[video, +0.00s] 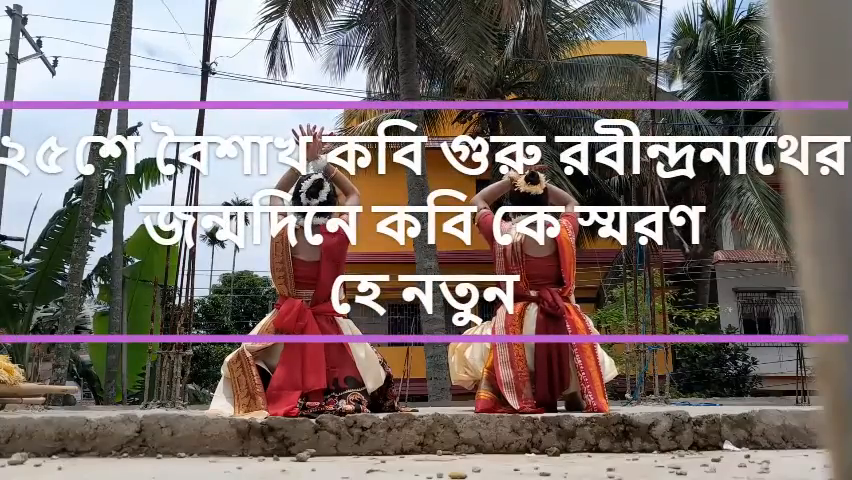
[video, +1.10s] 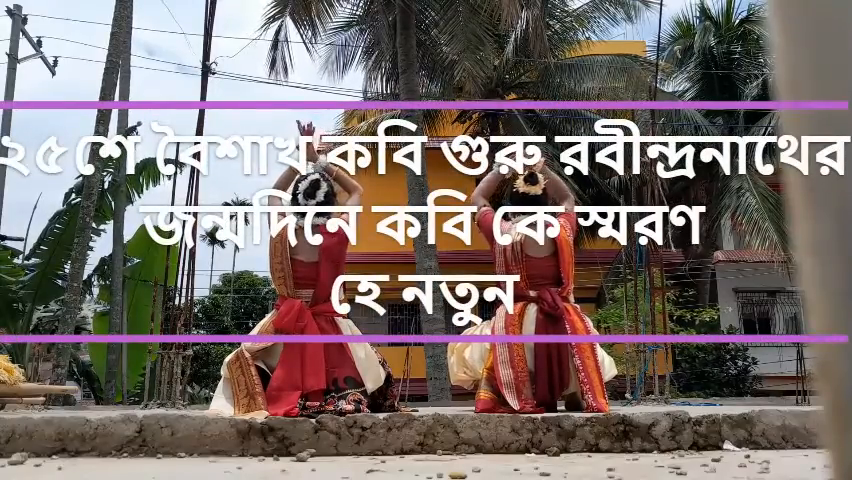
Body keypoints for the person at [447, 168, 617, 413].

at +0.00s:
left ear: (511, 211)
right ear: (544, 207)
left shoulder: (503, 234)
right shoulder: (562, 233)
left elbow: (479, 200)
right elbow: (570, 202)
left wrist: (507, 182)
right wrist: (542, 185)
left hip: (518, 319)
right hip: (561, 318)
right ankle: (574, 394)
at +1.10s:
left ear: (509, 202)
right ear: (545, 201)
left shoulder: (501, 231)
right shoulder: (562, 228)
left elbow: (479, 197)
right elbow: (566, 198)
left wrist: (502, 168)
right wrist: (542, 170)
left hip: (516, 321)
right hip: (561, 319)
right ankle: (576, 394)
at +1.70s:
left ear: (514, 207)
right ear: (546, 207)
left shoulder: (501, 233)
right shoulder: (564, 232)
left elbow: (462, 219)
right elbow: (595, 209)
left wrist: (467, 184)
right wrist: (568, 180)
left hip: (514, 316)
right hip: (559, 315)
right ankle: (579, 397)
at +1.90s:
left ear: (510, 207)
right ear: (544, 207)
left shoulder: (495, 236)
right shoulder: (566, 234)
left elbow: (446, 222)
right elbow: (605, 221)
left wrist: (447, 192)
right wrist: (593, 192)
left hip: (512, 325)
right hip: (561, 323)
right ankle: (575, 394)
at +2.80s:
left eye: (515, 204)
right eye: (537, 202)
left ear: (511, 209)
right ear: (547, 207)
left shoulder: (494, 240)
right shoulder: (569, 238)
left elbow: (442, 252)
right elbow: (619, 245)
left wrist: (426, 226)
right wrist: (616, 216)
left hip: (512, 328)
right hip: (563, 326)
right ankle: (578, 395)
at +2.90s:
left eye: (522, 201)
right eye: (536, 201)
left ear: (511, 206)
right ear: (547, 205)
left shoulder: (493, 240)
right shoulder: (570, 240)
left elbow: (452, 260)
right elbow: (620, 253)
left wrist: (423, 239)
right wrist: (624, 227)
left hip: (511, 330)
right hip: (565, 327)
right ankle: (578, 400)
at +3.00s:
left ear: (512, 207)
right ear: (548, 207)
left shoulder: (495, 241)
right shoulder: (571, 240)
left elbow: (449, 265)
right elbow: (617, 260)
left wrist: (419, 244)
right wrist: (633, 239)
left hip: (513, 330)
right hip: (565, 328)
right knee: (578, 403)